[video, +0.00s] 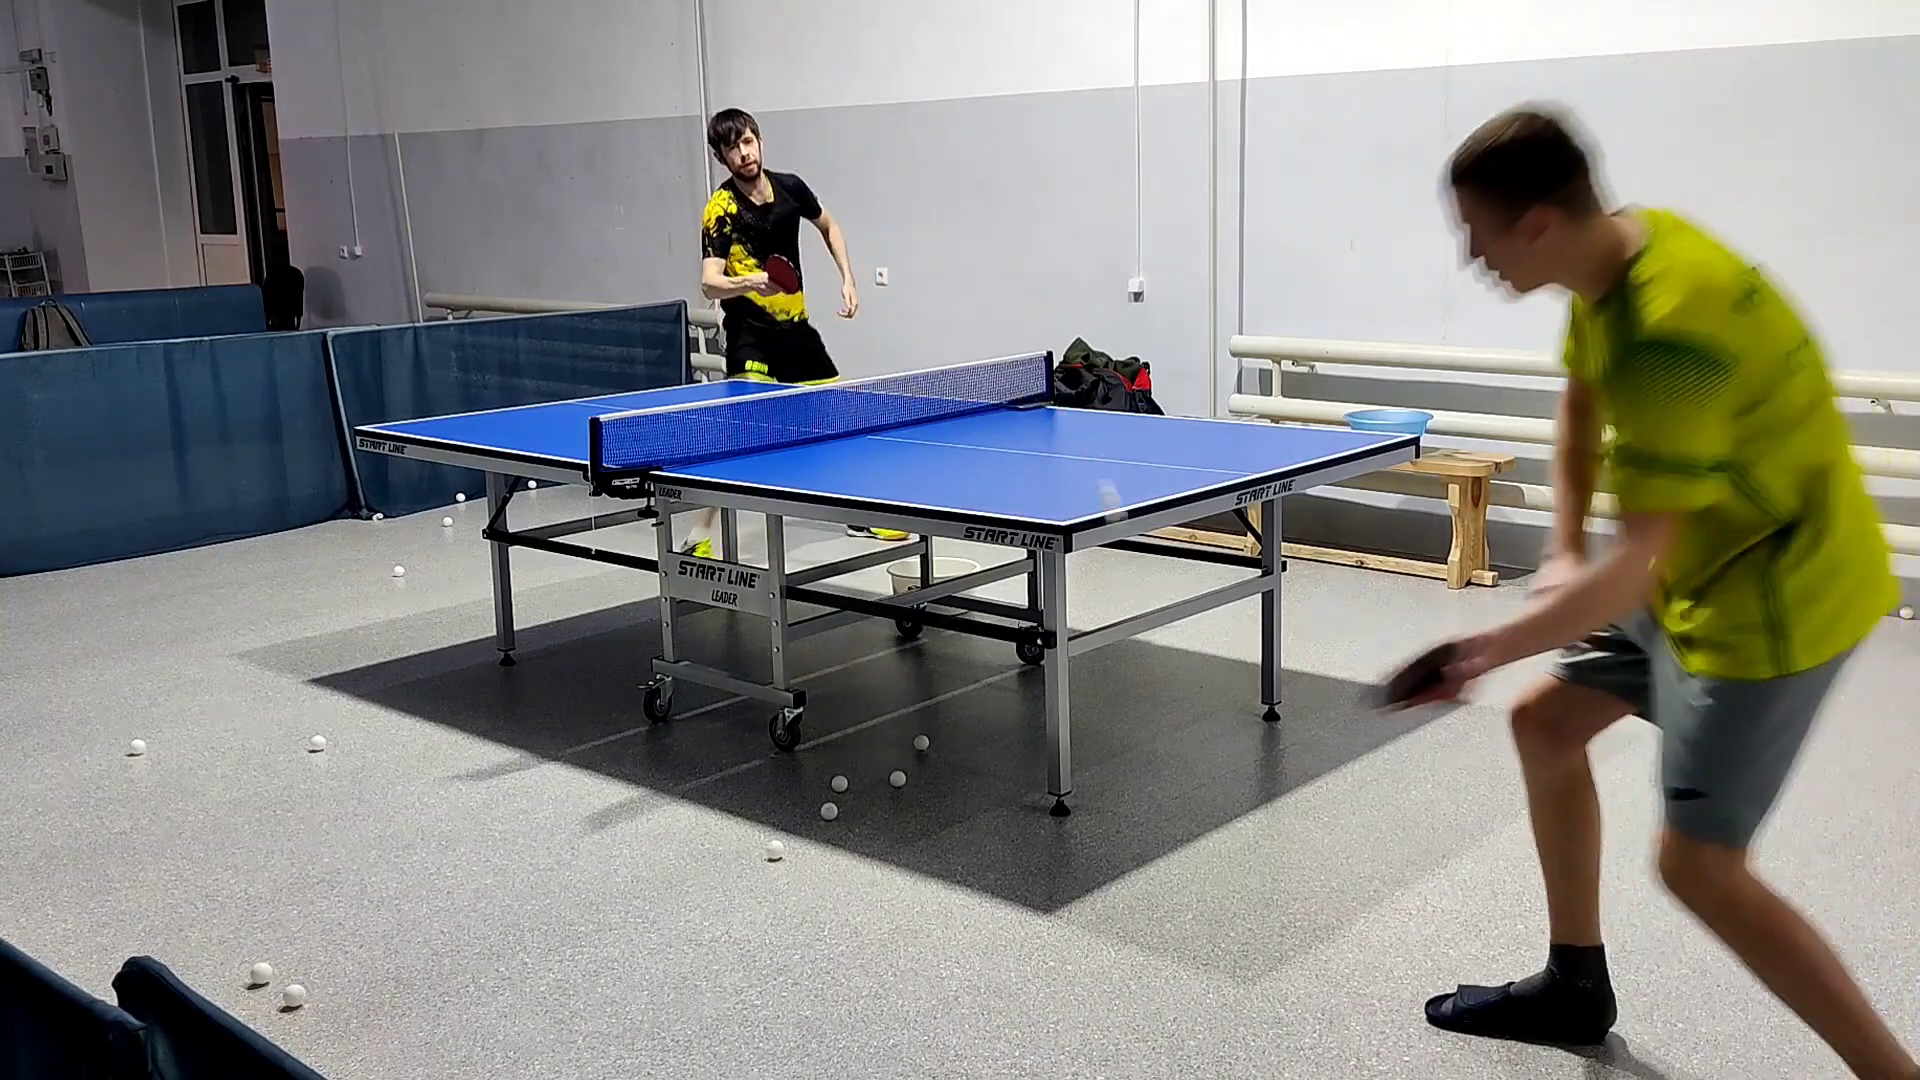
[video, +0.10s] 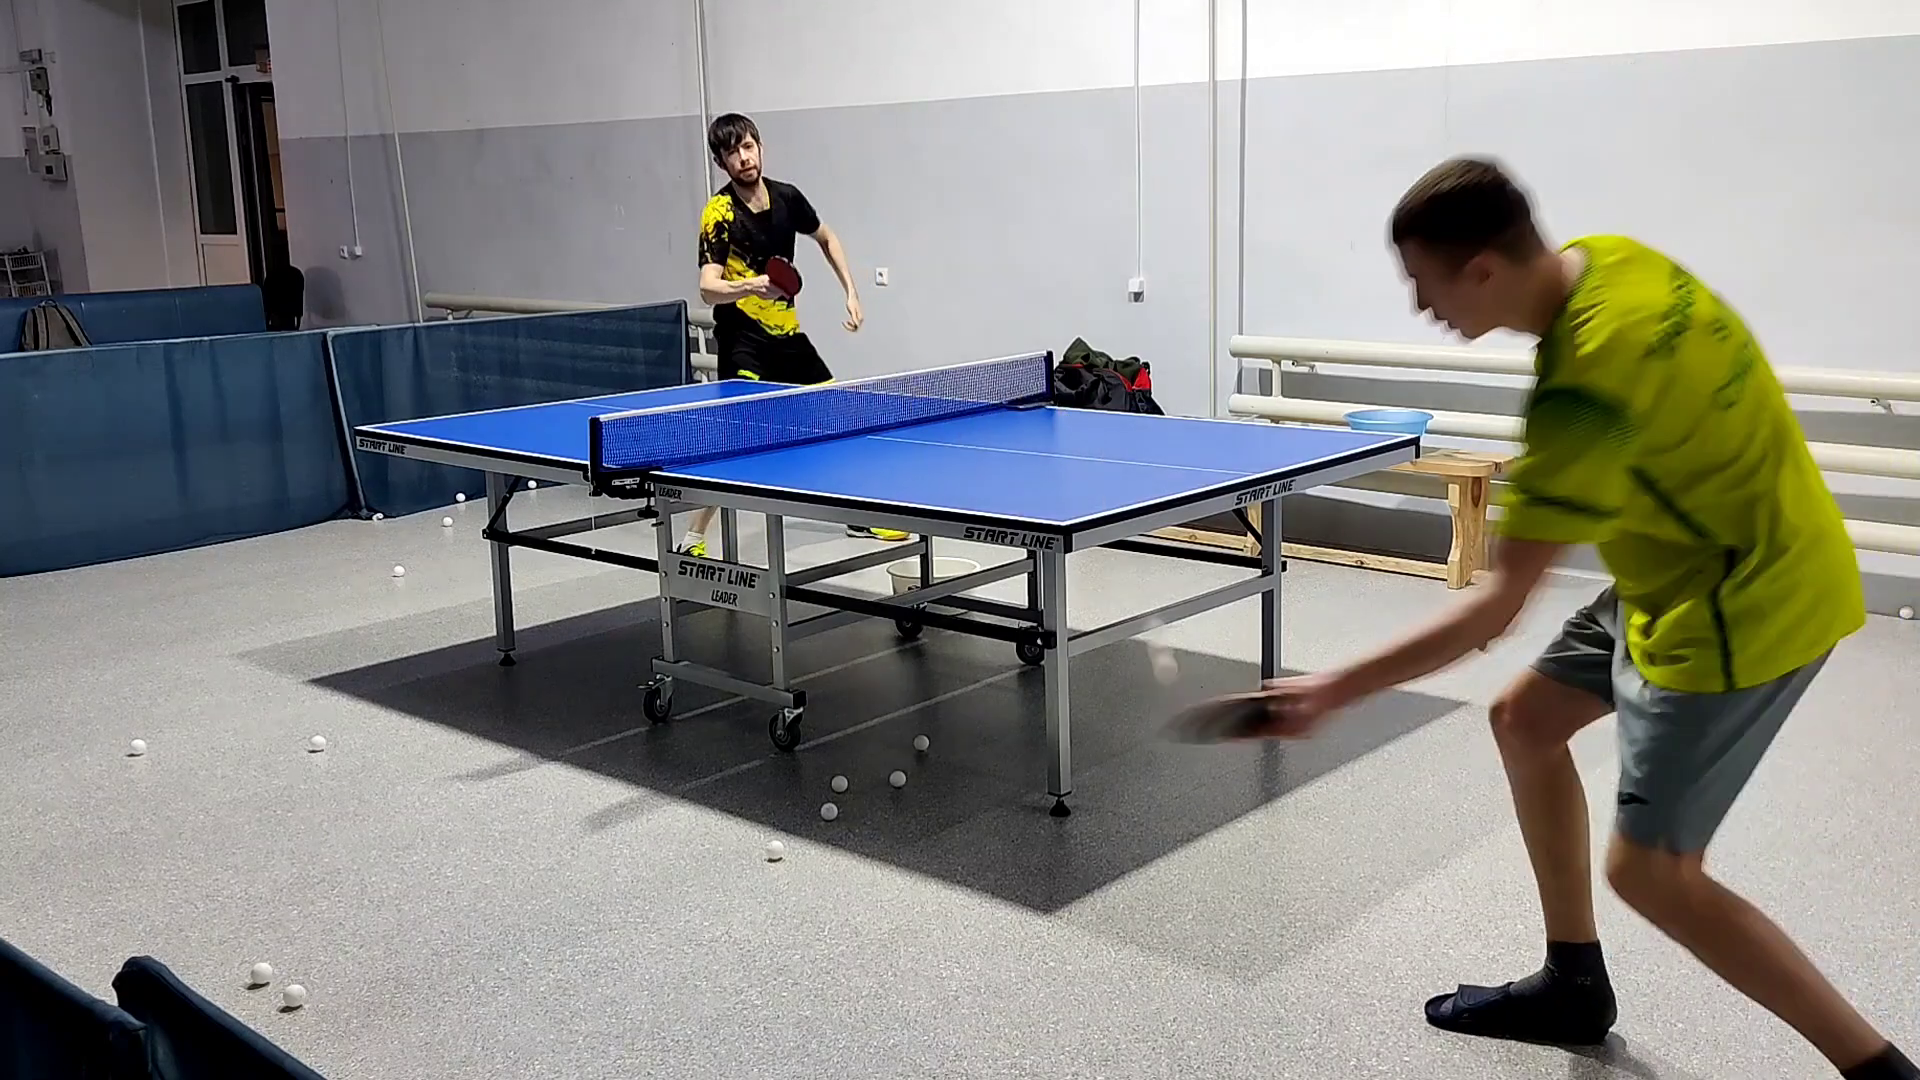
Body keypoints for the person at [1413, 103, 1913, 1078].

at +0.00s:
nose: (1472, 256)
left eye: (1478, 233)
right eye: (1468, 234)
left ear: (1541, 219)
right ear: (1544, 215)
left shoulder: (1678, 315)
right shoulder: (1607, 276)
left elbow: (1644, 557)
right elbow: (1581, 415)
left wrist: (1482, 651)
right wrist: (1567, 554)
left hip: (1783, 593)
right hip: (1697, 569)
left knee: (1697, 864)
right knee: (1546, 726)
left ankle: (1890, 1067)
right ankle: (1575, 984)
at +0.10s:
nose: (1419, 302)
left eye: (1422, 280)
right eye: (1413, 282)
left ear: (1482, 266)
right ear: (1501, 249)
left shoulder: (1579, 384)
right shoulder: (1612, 262)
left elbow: (1500, 599)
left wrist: (1331, 689)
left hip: (1746, 613)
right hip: (1684, 572)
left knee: (1648, 870)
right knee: (1526, 720)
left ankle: (1881, 1066)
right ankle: (1574, 983)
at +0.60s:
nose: (1504, 169)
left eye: (1508, 146)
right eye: (1501, 148)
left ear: (1554, 139)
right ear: (1613, 127)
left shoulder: (1576, 288)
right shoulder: (1730, 189)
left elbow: (1603, 501)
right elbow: (1782, 375)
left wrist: (1582, 492)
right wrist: (1622, 469)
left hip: (1724, 597)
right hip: (1829, 549)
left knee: (1691, 866)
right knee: (1589, 727)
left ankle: (1872, 1071)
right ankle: (1578, 982)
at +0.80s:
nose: (1629, 148)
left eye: (1633, 123)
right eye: (1627, 125)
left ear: (1678, 120)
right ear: (1746, 111)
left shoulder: (1703, 272)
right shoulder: (1871, 202)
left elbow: (1692, 510)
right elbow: (1874, 404)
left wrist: (1638, 558)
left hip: (1793, 629)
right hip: (1900, 598)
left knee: (1734, 884)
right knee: (1672, 743)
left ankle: (1885, 1075)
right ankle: (1593, 981)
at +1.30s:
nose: (1769, 147)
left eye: (1768, 119)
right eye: (1763, 121)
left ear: (1820, 112)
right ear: (1838, 110)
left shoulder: (1912, 262)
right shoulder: (1900, 244)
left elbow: (1916, 531)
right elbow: (1893, 418)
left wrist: (1747, 635)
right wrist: (1864, 507)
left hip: (1918, 657)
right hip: (1908, 647)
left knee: (1838, 847)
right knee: (1843, 846)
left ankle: (1903, 1064)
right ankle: (1900, 1059)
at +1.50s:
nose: (1801, 152)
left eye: (1805, 128)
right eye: (1796, 130)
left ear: (1870, 117)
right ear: (1871, 118)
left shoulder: (1901, 208)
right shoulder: (1890, 205)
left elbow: (1870, 374)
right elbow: (1868, 367)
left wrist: (1895, 517)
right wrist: (1888, 517)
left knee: (1917, 834)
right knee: (1917, 834)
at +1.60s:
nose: (1834, 183)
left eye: (1838, 156)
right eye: (1827, 158)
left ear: (1911, 131)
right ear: (1908, 134)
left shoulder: (1904, 236)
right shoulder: (1905, 233)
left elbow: (1878, 387)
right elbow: (1879, 386)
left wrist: (1908, 521)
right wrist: (1907, 522)